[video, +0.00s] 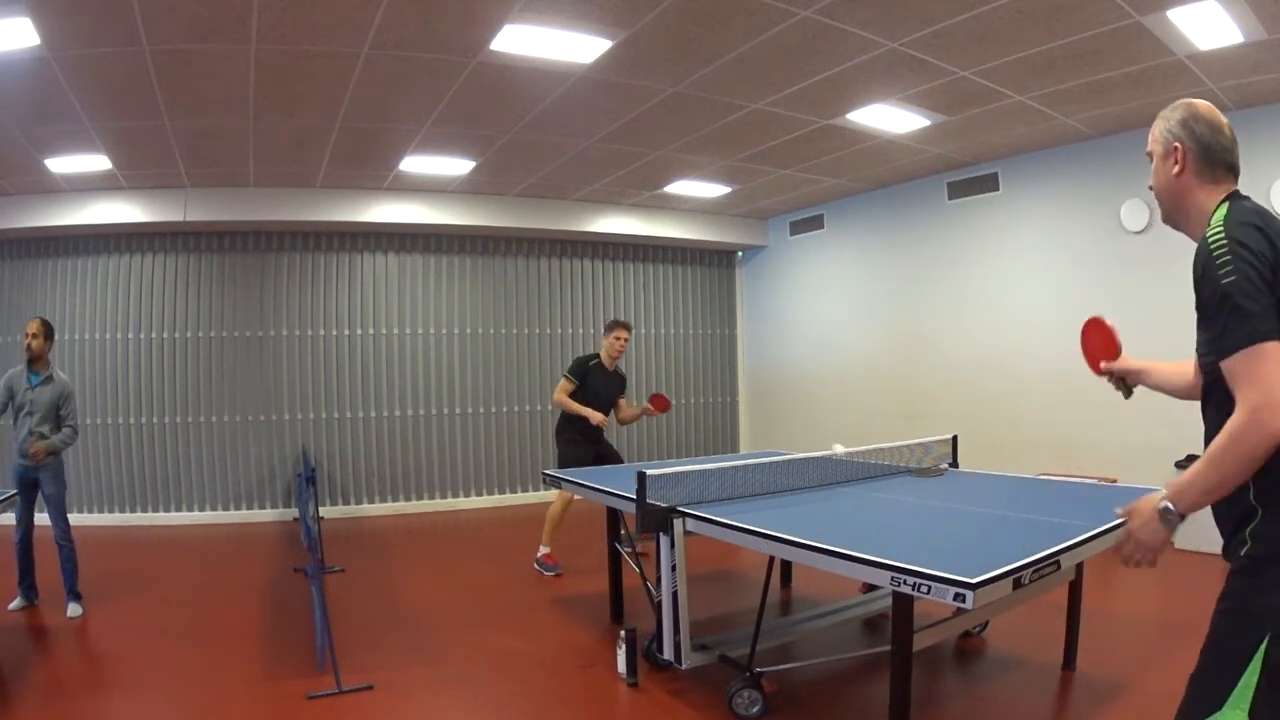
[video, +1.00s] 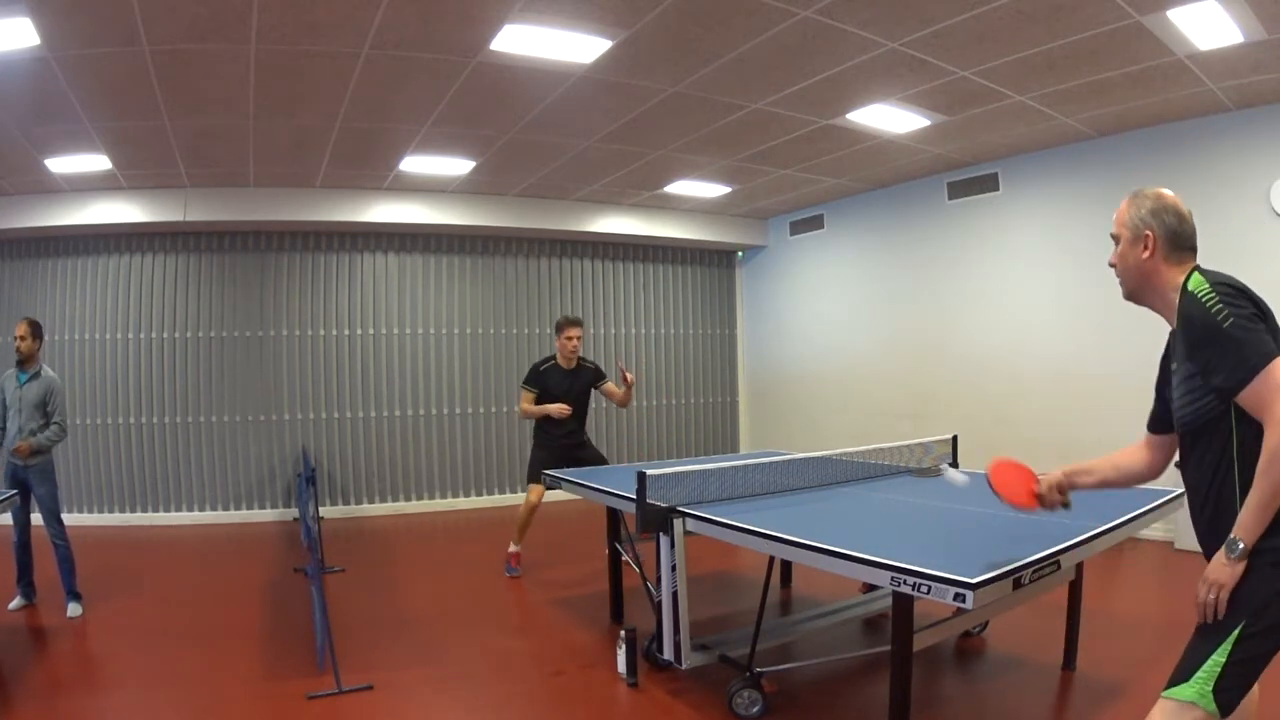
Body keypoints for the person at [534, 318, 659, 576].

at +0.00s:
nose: (621, 345)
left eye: (625, 341)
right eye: (617, 339)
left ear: (627, 345)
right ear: (604, 339)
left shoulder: (619, 378)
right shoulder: (583, 365)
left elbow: (622, 416)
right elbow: (558, 397)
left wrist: (642, 410)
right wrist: (589, 412)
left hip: (596, 437)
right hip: (572, 435)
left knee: (624, 479)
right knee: (568, 491)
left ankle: (620, 537)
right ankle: (544, 552)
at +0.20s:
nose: (636, 367)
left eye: (640, 363)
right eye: (632, 360)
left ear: (641, 366)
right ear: (618, 358)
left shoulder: (617, 391)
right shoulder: (602, 382)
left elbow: (611, 433)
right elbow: (588, 416)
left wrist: (639, 439)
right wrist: (625, 421)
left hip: (594, 449)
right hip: (575, 448)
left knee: (627, 481)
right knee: (575, 505)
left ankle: (621, 539)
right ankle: (526, 550)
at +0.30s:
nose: (637, 375)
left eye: (641, 371)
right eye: (634, 369)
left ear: (641, 373)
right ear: (618, 366)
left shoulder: (611, 390)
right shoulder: (607, 387)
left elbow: (594, 434)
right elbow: (598, 423)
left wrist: (616, 453)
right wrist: (632, 426)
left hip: (586, 451)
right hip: (570, 451)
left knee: (623, 482)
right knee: (571, 512)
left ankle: (622, 539)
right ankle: (521, 554)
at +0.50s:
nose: (628, 374)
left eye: (629, 369)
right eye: (625, 368)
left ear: (613, 365)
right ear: (609, 363)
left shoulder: (598, 388)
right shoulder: (589, 383)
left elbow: (585, 432)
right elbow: (572, 419)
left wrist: (614, 448)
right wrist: (609, 423)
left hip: (575, 450)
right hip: (555, 450)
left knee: (612, 487)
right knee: (558, 512)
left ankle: (622, 540)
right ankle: (515, 558)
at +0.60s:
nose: (618, 364)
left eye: (620, 358)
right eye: (614, 358)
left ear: (609, 357)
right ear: (599, 354)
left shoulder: (603, 386)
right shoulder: (569, 376)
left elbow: (622, 418)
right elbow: (556, 416)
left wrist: (652, 403)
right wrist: (595, 418)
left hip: (577, 443)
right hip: (552, 443)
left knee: (611, 489)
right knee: (550, 504)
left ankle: (622, 541)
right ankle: (515, 558)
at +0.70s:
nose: (603, 354)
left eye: (605, 349)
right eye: (598, 349)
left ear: (606, 349)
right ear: (582, 348)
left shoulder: (602, 372)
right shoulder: (559, 374)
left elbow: (638, 383)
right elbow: (544, 414)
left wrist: (634, 359)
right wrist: (576, 414)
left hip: (585, 446)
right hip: (554, 447)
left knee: (614, 489)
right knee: (544, 498)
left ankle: (622, 542)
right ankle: (519, 554)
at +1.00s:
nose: (575, 344)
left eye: (578, 339)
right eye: (569, 339)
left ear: (582, 341)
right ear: (557, 341)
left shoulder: (589, 370)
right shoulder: (540, 371)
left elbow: (621, 401)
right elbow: (524, 409)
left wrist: (627, 388)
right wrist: (548, 408)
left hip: (579, 444)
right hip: (546, 447)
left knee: (613, 485)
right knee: (534, 498)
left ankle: (616, 544)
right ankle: (514, 550)